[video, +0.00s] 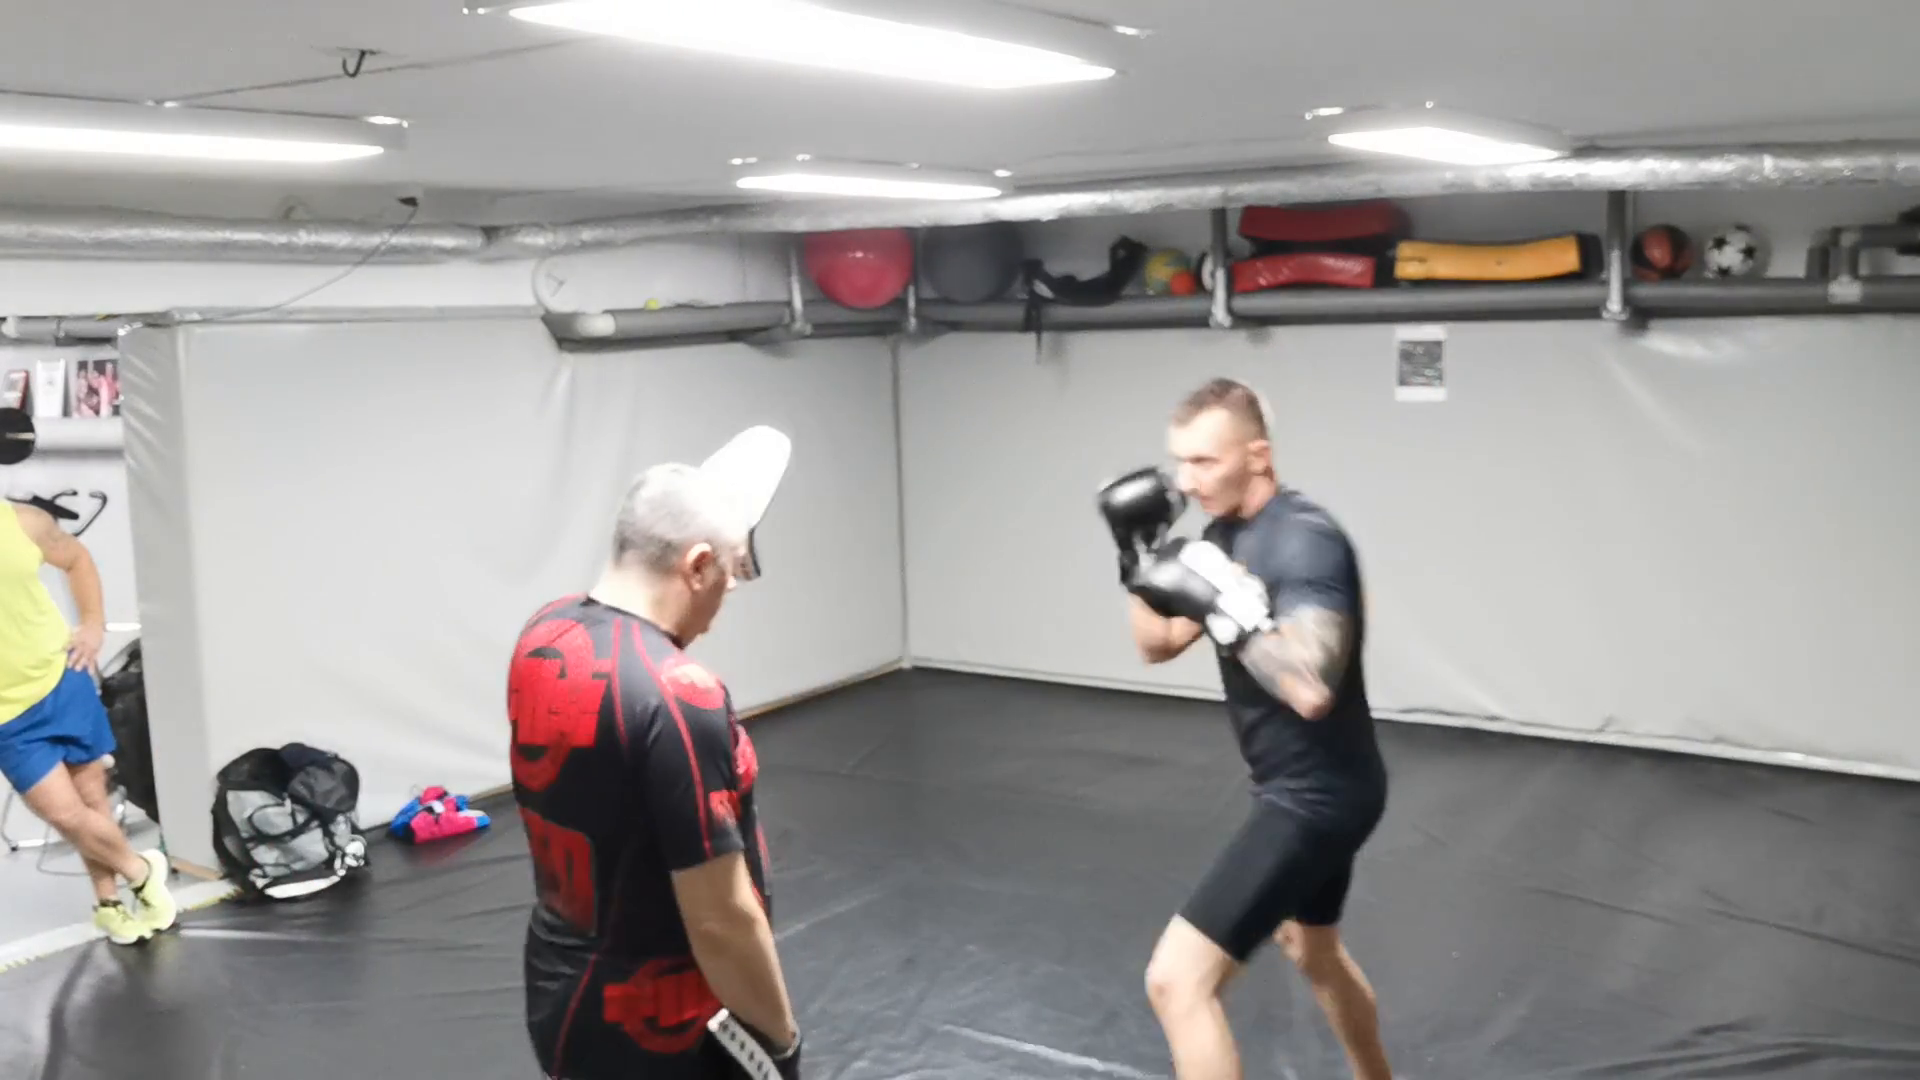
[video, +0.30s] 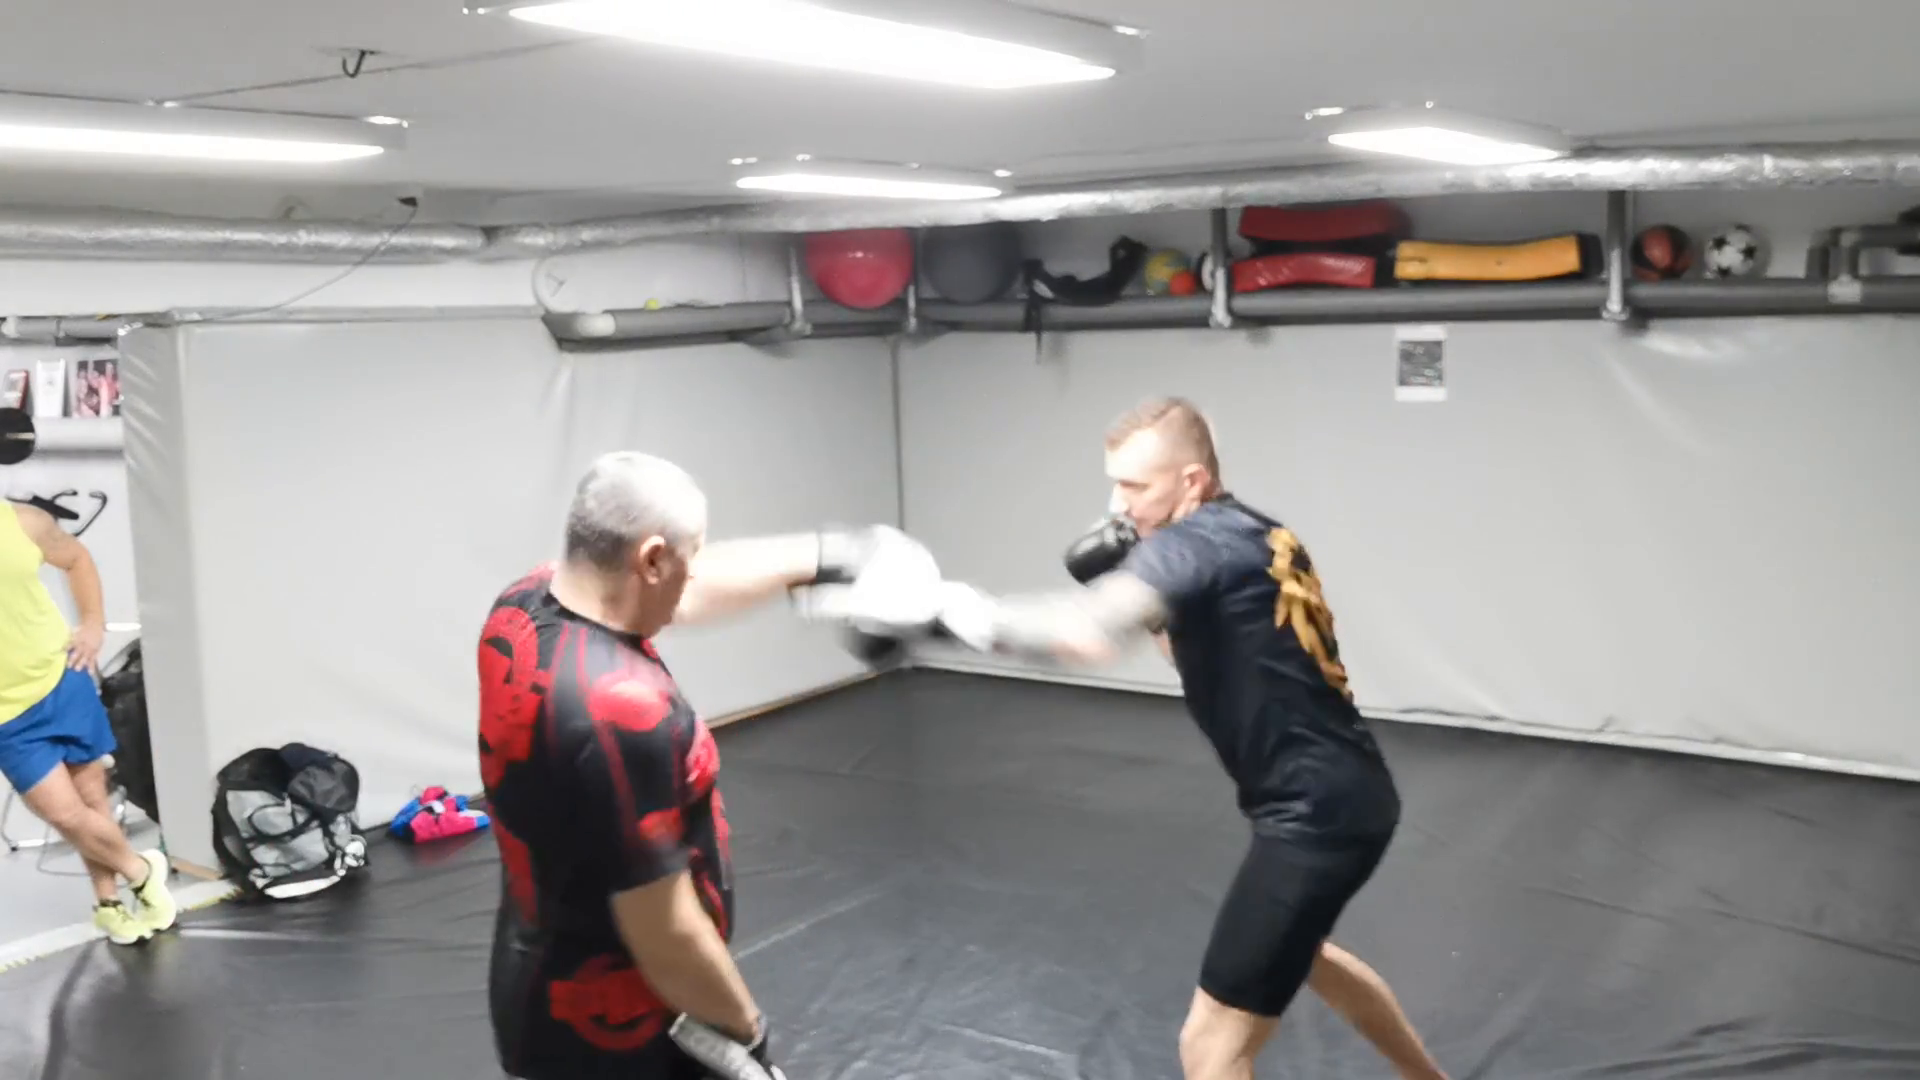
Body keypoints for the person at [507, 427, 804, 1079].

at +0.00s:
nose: (727, 595)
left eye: (736, 576)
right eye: (732, 573)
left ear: (627, 547)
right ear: (696, 565)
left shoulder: (544, 635)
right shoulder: (675, 697)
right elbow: (720, 917)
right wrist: (783, 1042)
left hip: (561, 977)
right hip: (662, 1022)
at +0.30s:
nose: (692, 571)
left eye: (692, 556)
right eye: (690, 556)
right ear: (652, 561)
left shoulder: (525, 606)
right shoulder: (621, 712)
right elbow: (667, 933)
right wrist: (750, 1035)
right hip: (628, 1028)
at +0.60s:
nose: (709, 588)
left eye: (712, 571)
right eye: (705, 570)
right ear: (658, 572)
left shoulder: (551, 631)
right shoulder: (571, 709)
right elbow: (571, 944)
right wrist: (659, 1068)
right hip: (541, 1049)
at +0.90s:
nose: (691, 590)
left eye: (693, 572)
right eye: (688, 571)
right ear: (639, 570)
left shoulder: (567, 646)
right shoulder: (541, 700)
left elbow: (638, 763)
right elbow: (543, 922)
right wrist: (635, 1065)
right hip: (518, 1047)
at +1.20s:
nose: (612, 598)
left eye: (620, 580)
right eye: (611, 579)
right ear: (563, 582)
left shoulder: (425, 645)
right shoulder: (518, 724)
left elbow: (556, 678)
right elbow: (570, 954)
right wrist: (661, 1063)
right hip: (532, 1045)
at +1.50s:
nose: (570, 589)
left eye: (569, 572)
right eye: (562, 574)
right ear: (508, 581)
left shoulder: (391, 635)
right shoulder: (488, 733)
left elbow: (576, 648)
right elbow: (542, 956)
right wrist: (643, 1062)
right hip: (512, 1048)